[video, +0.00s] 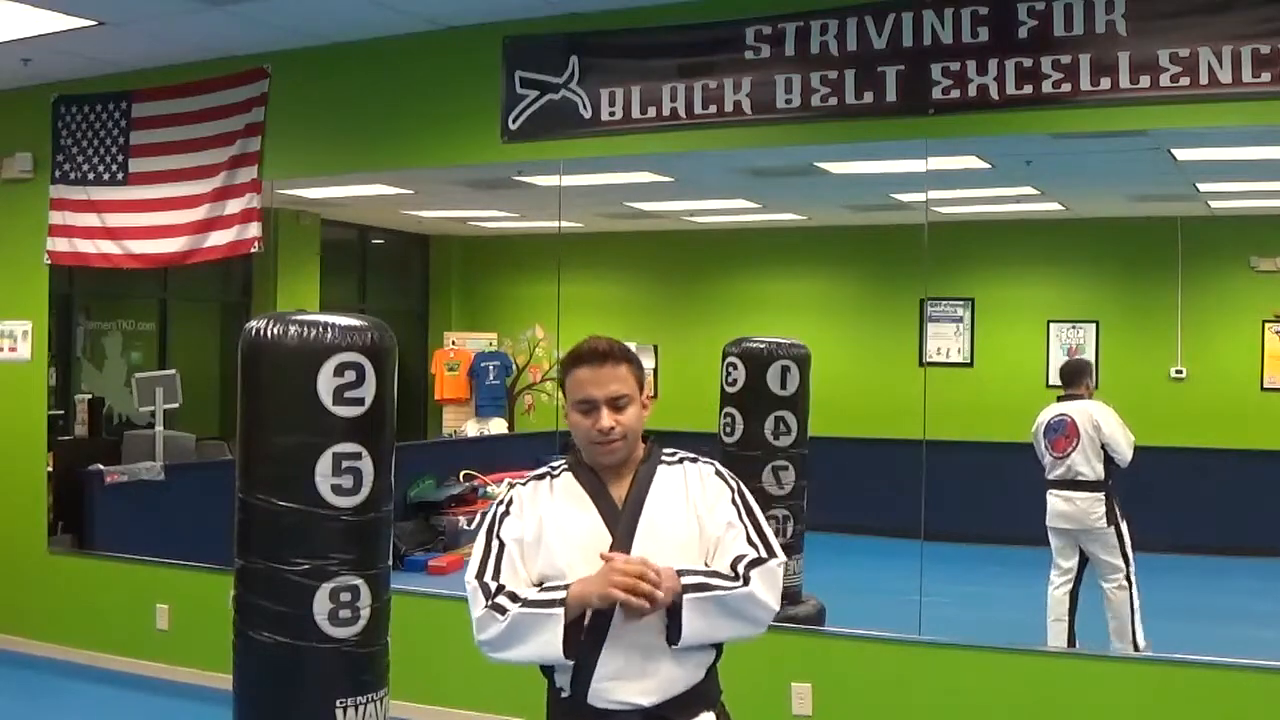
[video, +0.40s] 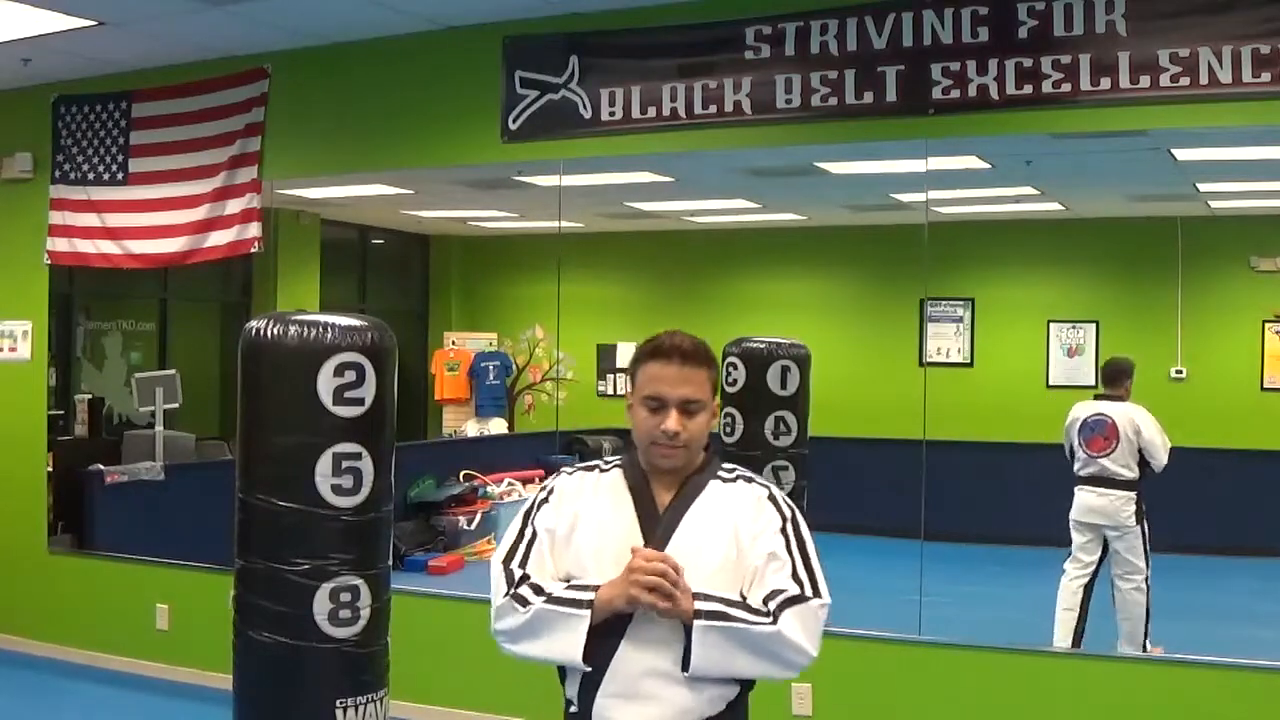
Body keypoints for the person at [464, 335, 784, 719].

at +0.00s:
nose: (605, 423)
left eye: (618, 404)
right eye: (587, 408)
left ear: (646, 401)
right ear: (566, 412)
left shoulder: (706, 484)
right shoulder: (525, 502)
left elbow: (762, 592)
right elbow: (493, 620)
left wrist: (675, 588)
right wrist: (583, 593)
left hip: (688, 706)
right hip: (578, 708)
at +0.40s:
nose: (671, 425)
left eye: (690, 408)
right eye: (654, 406)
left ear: (714, 413)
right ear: (629, 405)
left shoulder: (760, 507)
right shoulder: (566, 495)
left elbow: (796, 636)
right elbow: (510, 611)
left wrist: (693, 609)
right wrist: (607, 597)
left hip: (708, 711)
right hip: (590, 710)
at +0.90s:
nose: (710, 434)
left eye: (732, 414)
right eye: (694, 414)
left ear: (770, 417)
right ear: (676, 415)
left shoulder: (822, 518)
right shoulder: (623, 501)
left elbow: (852, 670)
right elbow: (557, 619)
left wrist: (720, 645)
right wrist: (627, 641)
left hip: (762, 717)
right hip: (637, 715)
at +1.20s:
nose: (696, 431)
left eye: (716, 408)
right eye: (675, 413)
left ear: (751, 411)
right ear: (652, 421)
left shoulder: (818, 531)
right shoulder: (593, 525)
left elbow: (863, 681)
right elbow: (529, 652)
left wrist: (748, 675)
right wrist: (591, 672)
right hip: (619, 719)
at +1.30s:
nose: (681, 424)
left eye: (697, 400)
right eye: (656, 409)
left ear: (729, 409)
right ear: (632, 429)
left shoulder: (805, 537)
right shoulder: (569, 539)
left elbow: (866, 679)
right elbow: (500, 678)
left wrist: (776, 681)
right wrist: (547, 667)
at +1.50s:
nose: (627, 415)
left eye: (642, 391)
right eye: (601, 402)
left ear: (677, 406)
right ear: (578, 428)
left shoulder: (766, 531)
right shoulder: (522, 553)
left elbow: (841, 659)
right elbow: (452, 699)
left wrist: (794, 678)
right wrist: (487, 703)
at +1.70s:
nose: (597, 418)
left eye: (614, 393)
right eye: (569, 402)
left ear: (648, 408)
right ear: (543, 429)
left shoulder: (739, 533)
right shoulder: (491, 564)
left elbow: (818, 661)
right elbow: (444, 703)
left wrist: (753, 695)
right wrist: (548, 709)